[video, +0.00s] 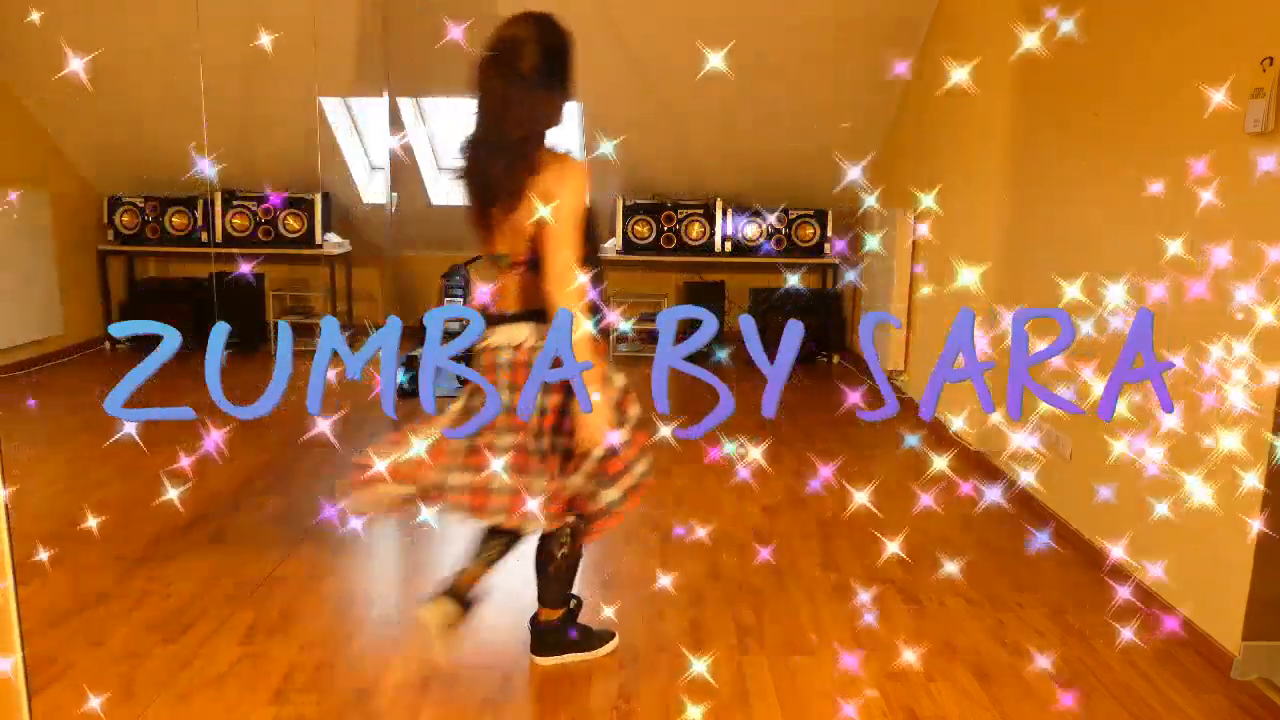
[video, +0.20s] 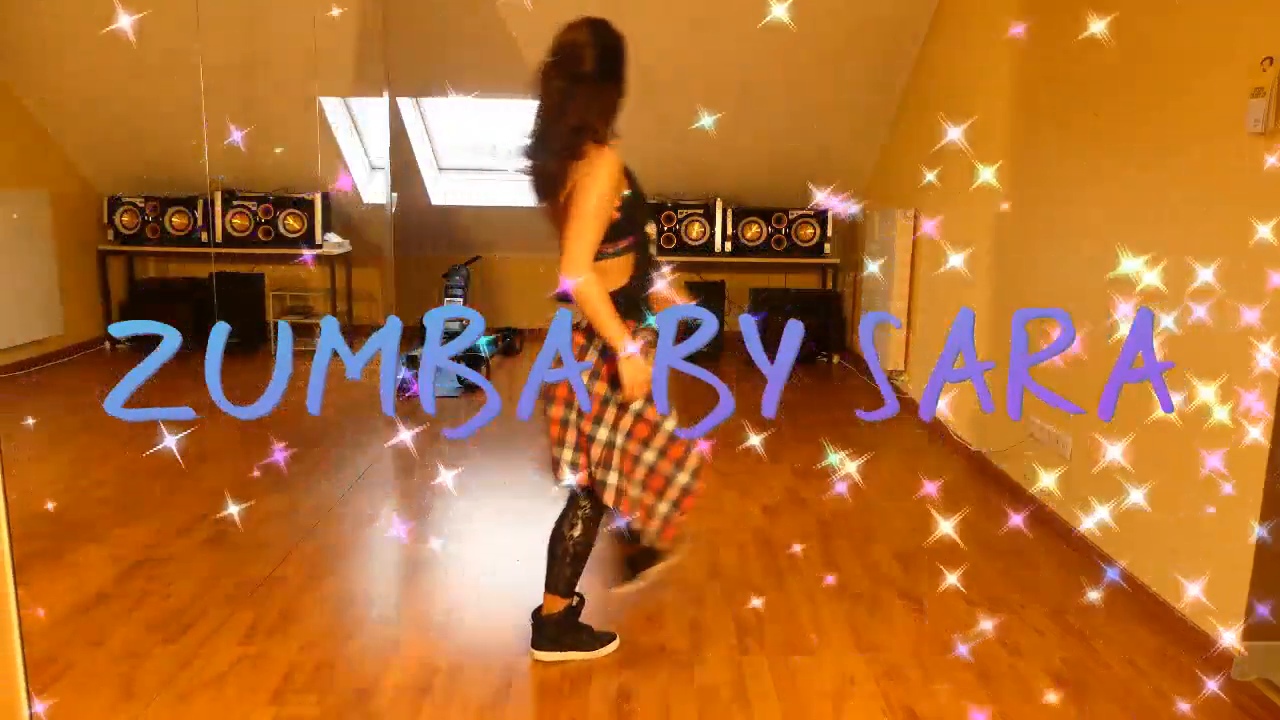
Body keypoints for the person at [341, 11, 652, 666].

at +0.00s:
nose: (566, 91)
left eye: (559, 79)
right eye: (563, 79)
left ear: (491, 84)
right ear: (556, 87)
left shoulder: (483, 163)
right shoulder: (562, 170)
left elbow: (496, 261)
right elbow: (560, 285)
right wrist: (588, 391)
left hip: (498, 338)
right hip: (548, 339)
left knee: (531, 477)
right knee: (581, 476)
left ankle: (462, 587)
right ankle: (554, 620)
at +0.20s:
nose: (624, 88)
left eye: (617, 75)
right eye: (621, 76)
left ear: (556, 78)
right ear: (613, 81)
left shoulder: (563, 154)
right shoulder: (599, 160)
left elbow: (604, 245)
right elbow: (575, 270)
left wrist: (655, 281)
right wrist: (624, 347)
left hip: (597, 322)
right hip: (601, 329)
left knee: (635, 436)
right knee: (597, 474)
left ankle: (634, 548)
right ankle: (554, 617)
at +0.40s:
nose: (683, 94)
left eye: (679, 85)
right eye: (671, 88)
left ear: (654, 103)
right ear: (641, 102)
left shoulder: (674, 169)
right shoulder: (628, 186)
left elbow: (692, 246)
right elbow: (580, 271)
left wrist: (745, 281)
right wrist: (604, 353)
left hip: (679, 332)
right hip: (639, 338)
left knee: (685, 433)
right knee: (613, 468)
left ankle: (689, 544)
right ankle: (560, 598)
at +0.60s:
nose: (691, 93)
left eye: (700, 82)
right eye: (677, 84)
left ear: (713, 92)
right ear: (659, 98)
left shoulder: (736, 159)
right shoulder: (640, 164)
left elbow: (752, 231)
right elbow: (612, 242)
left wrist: (781, 275)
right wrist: (600, 305)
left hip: (721, 316)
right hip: (658, 315)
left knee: (716, 429)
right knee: (651, 435)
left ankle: (694, 535)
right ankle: (624, 546)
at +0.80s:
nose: (694, 96)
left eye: (705, 87)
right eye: (683, 86)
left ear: (720, 97)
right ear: (667, 95)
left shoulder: (741, 162)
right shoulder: (643, 162)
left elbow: (755, 235)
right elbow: (624, 237)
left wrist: (771, 270)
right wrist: (601, 273)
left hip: (723, 308)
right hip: (660, 307)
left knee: (728, 419)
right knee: (643, 415)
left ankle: (729, 518)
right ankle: (636, 499)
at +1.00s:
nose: (680, 107)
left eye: (692, 98)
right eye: (670, 96)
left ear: (707, 108)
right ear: (655, 104)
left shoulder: (721, 170)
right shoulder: (636, 167)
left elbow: (736, 247)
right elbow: (624, 240)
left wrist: (737, 280)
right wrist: (596, 277)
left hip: (703, 314)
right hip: (646, 313)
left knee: (721, 420)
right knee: (630, 410)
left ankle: (741, 518)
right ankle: (616, 498)